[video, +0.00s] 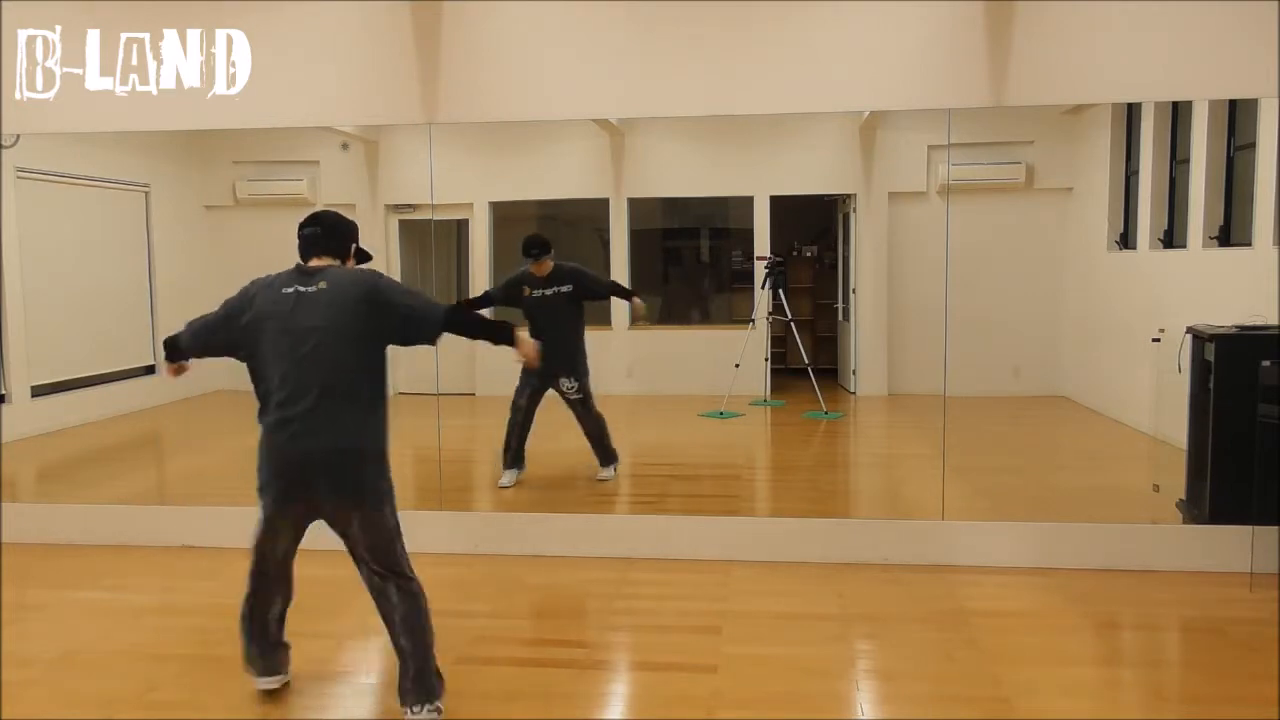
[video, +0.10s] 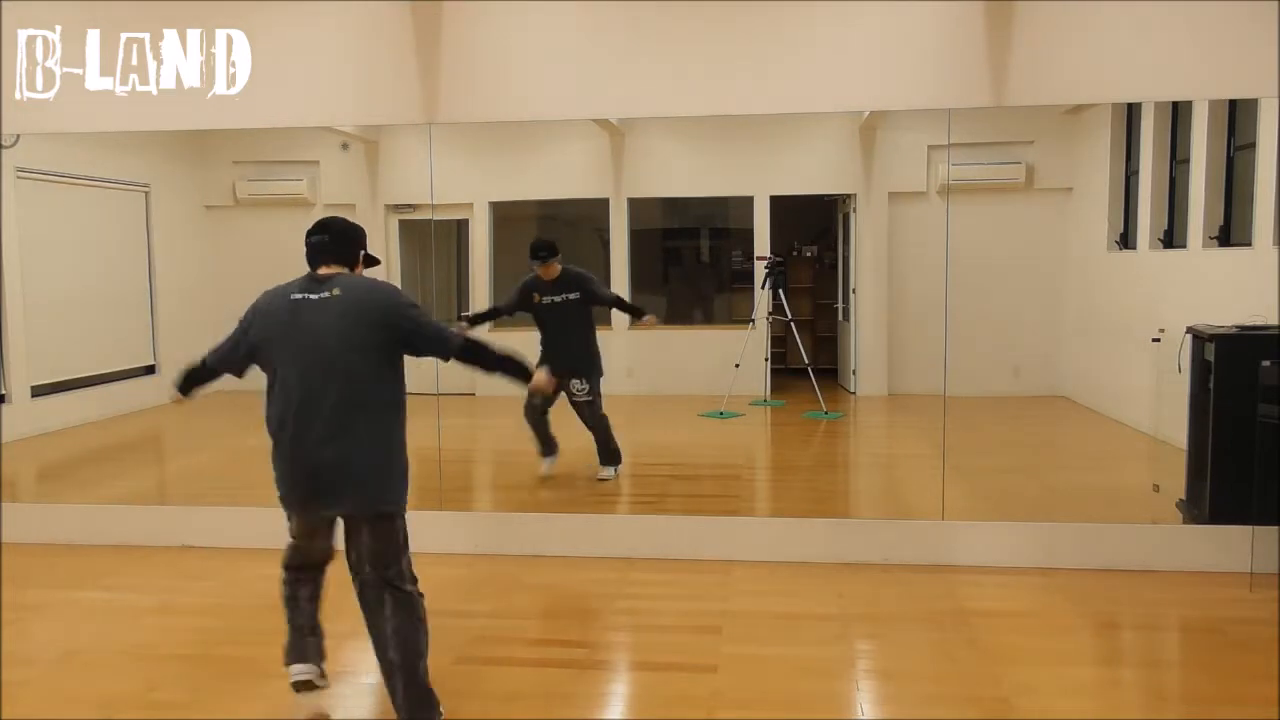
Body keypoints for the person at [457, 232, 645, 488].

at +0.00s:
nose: (537, 268)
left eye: (541, 262)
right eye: (532, 263)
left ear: (550, 255)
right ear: (526, 260)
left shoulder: (571, 275)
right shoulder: (521, 282)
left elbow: (605, 286)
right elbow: (490, 298)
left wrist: (633, 297)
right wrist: (459, 306)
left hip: (569, 358)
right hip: (537, 358)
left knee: (585, 412)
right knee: (520, 409)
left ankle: (608, 462)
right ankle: (512, 466)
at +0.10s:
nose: (544, 271)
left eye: (547, 266)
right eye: (539, 267)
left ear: (557, 261)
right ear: (533, 265)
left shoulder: (579, 281)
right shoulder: (530, 288)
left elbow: (609, 300)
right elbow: (505, 309)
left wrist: (638, 314)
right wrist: (473, 319)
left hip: (582, 359)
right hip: (551, 360)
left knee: (590, 414)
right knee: (533, 408)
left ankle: (610, 461)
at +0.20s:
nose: (551, 271)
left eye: (555, 265)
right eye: (546, 267)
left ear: (564, 260)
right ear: (540, 265)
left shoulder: (585, 283)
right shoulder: (538, 287)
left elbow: (611, 309)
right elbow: (526, 316)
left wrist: (622, 338)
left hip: (587, 357)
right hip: (556, 359)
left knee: (592, 411)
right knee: (555, 418)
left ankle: (609, 461)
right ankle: (576, 447)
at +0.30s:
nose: (554, 269)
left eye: (558, 264)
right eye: (550, 264)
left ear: (568, 259)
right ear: (544, 262)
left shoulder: (588, 283)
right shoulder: (540, 287)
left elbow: (601, 317)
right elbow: (539, 322)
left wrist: (587, 336)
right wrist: (545, 347)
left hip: (586, 359)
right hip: (557, 362)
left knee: (594, 413)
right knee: (567, 416)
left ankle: (606, 461)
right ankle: (583, 457)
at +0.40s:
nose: (560, 267)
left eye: (564, 262)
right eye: (555, 263)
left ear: (571, 256)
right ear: (547, 259)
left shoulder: (588, 276)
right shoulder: (538, 280)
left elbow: (592, 311)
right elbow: (537, 316)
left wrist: (568, 312)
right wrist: (554, 323)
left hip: (581, 347)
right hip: (554, 351)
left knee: (584, 402)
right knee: (563, 405)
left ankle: (579, 457)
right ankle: (580, 452)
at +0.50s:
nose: (561, 269)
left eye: (565, 264)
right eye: (556, 265)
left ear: (572, 258)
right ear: (547, 261)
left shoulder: (585, 274)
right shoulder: (538, 279)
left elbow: (586, 308)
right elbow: (535, 315)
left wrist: (554, 311)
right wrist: (558, 320)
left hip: (579, 352)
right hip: (551, 354)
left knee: (573, 410)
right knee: (563, 411)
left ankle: (553, 460)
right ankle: (583, 455)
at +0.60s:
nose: (559, 273)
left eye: (563, 268)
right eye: (554, 269)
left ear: (570, 263)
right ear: (546, 264)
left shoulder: (581, 278)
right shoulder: (536, 279)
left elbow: (579, 312)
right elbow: (533, 318)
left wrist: (564, 327)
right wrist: (560, 319)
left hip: (574, 351)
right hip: (547, 354)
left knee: (567, 410)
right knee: (559, 411)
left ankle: (546, 461)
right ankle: (582, 455)